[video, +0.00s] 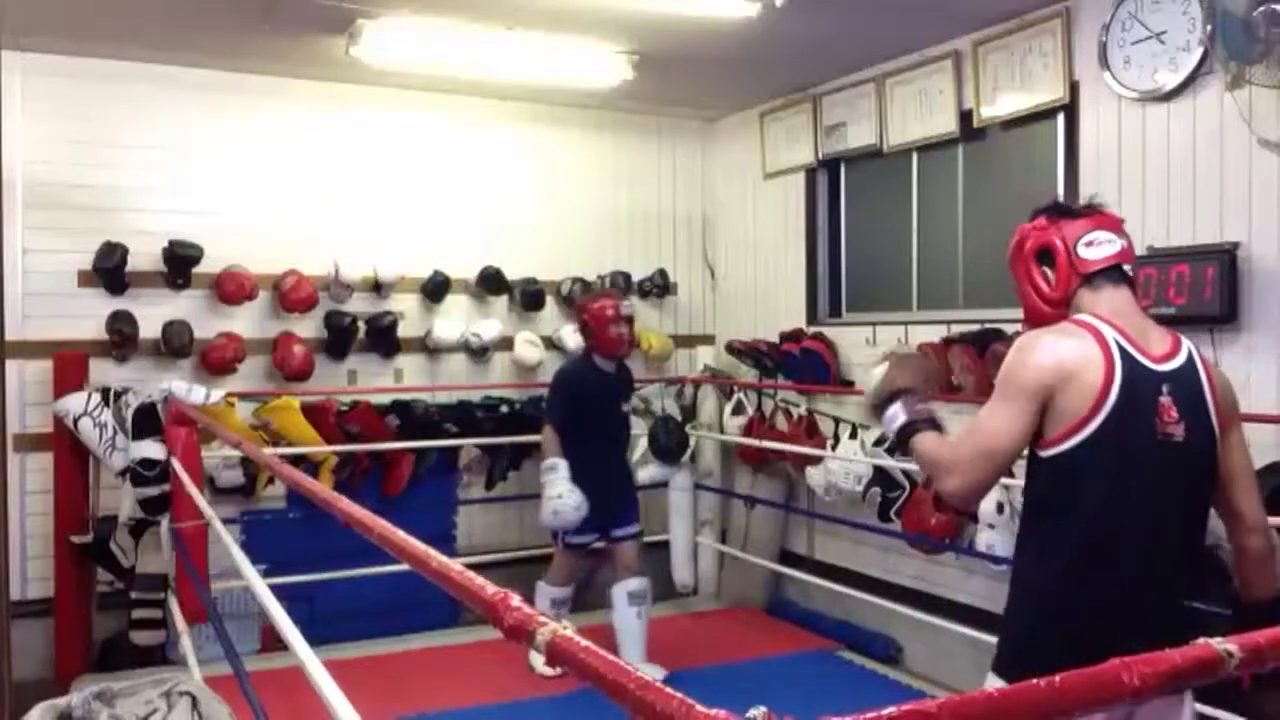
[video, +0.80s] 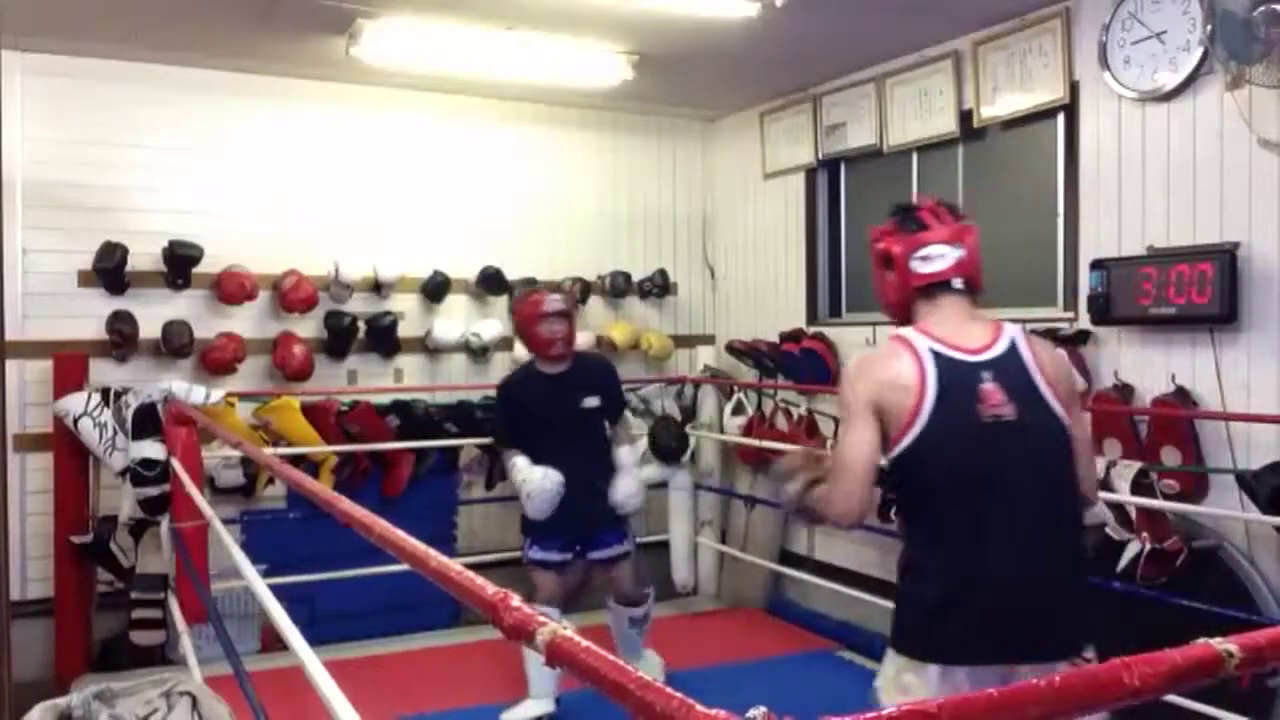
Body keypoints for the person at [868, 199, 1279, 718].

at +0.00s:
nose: (1027, 295)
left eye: (1029, 276)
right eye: (1025, 278)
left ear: (1052, 267)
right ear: (1124, 266)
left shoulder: (1048, 354)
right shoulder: (1203, 374)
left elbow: (957, 481)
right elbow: (1252, 530)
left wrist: (907, 412)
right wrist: (1260, 628)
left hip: (1050, 677)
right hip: (1164, 675)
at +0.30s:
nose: (1011, 274)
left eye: (1016, 259)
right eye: (1014, 260)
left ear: (1031, 260)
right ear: (1106, 263)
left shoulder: (1016, 348)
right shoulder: (1161, 364)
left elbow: (972, 488)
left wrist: (922, 438)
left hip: (1034, 657)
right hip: (1142, 661)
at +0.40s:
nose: (985, 274)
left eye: (989, 258)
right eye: (988, 259)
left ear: (1005, 261)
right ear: (1083, 260)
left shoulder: (992, 346)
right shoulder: (1133, 356)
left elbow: (970, 487)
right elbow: (1138, 491)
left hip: (1021, 658)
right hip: (1127, 655)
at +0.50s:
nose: (964, 279)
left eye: (967, 263)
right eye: (965, 263)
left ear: (985, 266)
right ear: (1064, 264)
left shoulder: (966, 351)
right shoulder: (1129, 364)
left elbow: (957, 489)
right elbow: (1121, 488)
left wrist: (942, 382)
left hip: (1006, 657)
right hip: (1117, 655)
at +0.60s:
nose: (942, 280)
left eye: (945, 266)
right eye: (943, 266)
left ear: (959, 268)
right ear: (1039, 265)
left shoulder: (938, 362)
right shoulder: (1102, 359)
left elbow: (915, 513)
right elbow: (1116, 478)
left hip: (986, 658)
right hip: (1097, 650)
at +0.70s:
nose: (912, 279)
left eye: (915, 265)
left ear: (926, 272)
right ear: (1007, 267)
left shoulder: (905, 371)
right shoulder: (1074, 359)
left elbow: (872, 504)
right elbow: (1094, 474)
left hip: (965, 650)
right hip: (1077, 642)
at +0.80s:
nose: (877, 287)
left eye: (879, 274)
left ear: (892, 280)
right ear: (972, 269)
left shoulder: (877, 371)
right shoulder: (1050, 361)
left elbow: (845, 507)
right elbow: (1085, 487)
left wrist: (807, 481)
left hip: (944, 644)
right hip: (1051, 636)